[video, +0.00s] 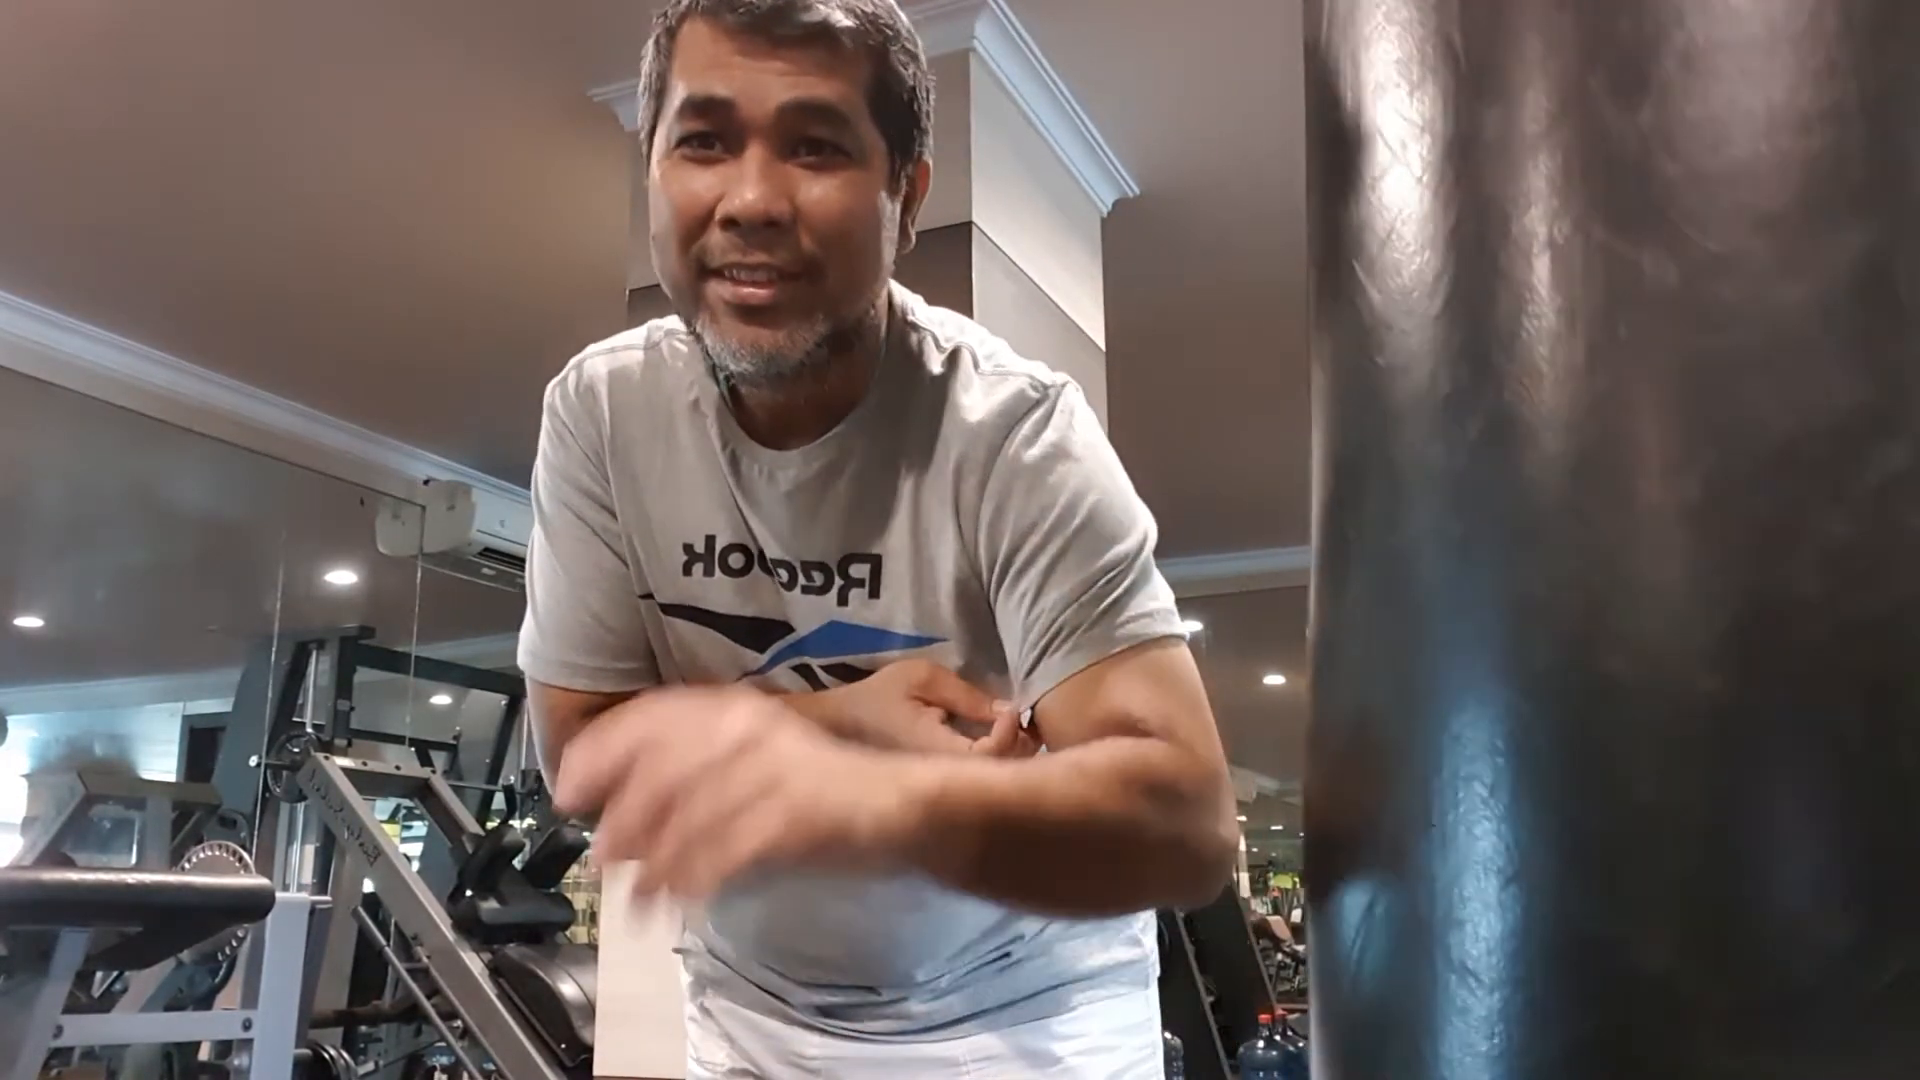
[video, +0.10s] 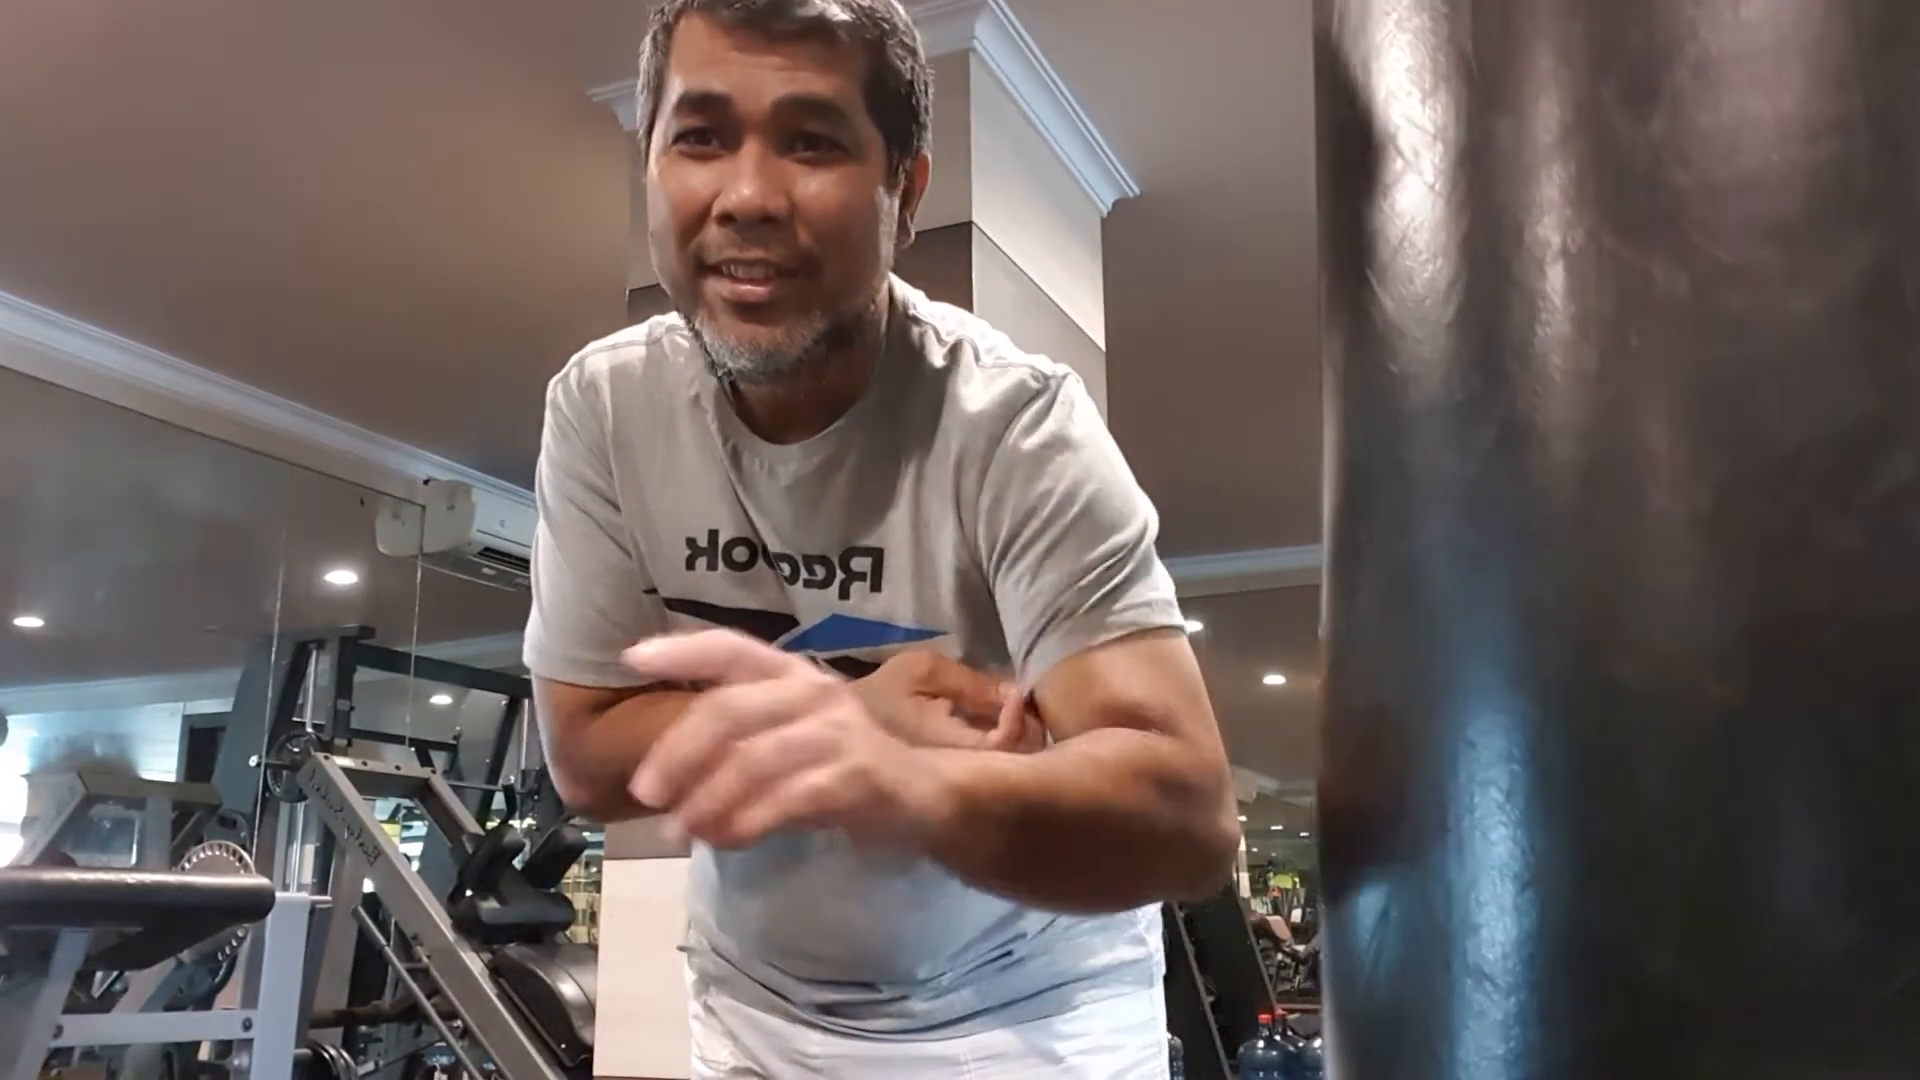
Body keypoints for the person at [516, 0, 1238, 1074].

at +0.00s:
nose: (752, 202)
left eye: (816, 150)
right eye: (705, 142)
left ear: (907, 197)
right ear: (651, 173)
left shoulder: (1014, 430)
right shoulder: (603, 411)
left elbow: (1189, 820)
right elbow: (582, 744)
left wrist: (882, 799)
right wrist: (837, 722)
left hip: (1026, 1015)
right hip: (746, 1008)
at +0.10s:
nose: (747, 197)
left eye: (811, 144)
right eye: (701, 137)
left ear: (905, 193)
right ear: (650, 169)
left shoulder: (1014, 419)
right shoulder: (606, 407)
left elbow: (1191, 817)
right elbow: (586, 756)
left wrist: (918, 786)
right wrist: (860, 707)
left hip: (1029, 1016)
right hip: (753, 1011)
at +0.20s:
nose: (746, 193)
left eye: (811, 137)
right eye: (702, 133)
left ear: (908, 187)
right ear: (654, 164)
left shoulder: (1022, 414)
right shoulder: (609, 406)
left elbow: (1206, 819)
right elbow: (594, 756)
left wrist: (967, 774)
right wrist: (878, 694)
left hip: (1036, 1019)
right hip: (760, 1015)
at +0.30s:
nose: (758, 190)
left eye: (824, 135)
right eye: (715, 129)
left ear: (920, 183)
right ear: (665, 159)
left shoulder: (1036, 414)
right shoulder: (616, 404)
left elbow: (1216, 821)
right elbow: (601, 755)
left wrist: (983, 779)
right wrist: (871, 702)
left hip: (1043, 1016)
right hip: (767, 1011)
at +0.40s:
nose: (776, 180)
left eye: (842, 124)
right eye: (733, 118)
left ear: (937, 174)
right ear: (680, 146)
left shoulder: (1050, 410)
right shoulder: (627, 396)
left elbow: (1228, 798)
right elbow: (610, 749)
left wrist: (975, 860)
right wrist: (874, 720)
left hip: (1052, 1014)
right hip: (772, 1008)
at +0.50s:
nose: (796, 165)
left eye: (863, 112)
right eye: (753, 103)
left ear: (957, 161)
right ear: (698, 133)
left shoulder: (1069, 409)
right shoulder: (643, 388)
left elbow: (1245, 803)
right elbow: (624, 742)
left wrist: (990, 1004)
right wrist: (892, 719)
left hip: (1075, 1015)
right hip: (785, 1017)